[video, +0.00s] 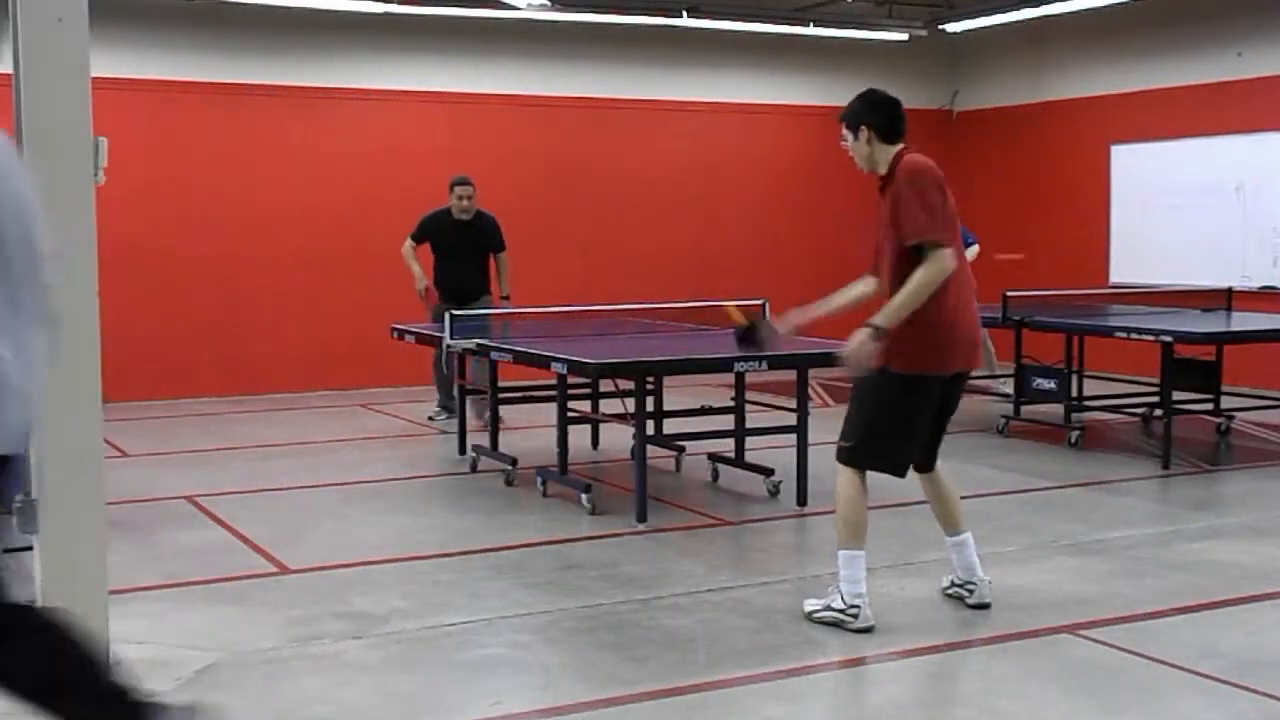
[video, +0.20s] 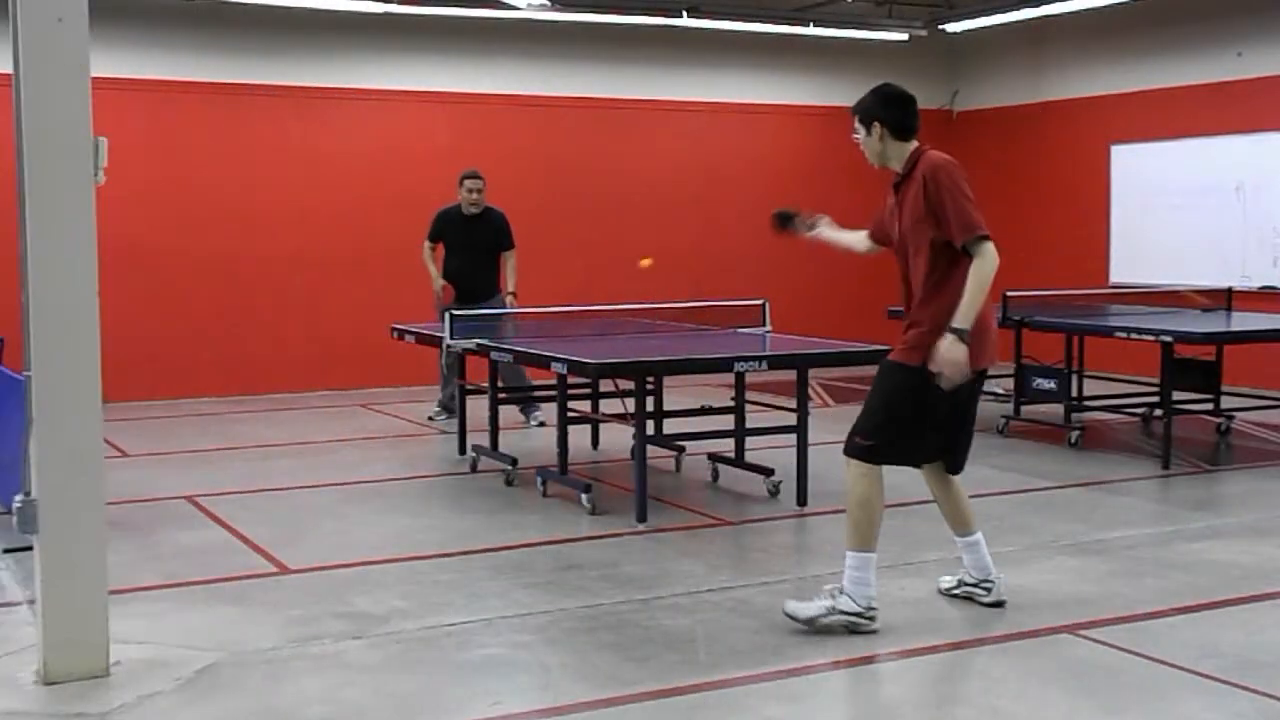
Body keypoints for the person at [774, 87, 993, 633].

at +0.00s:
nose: (849, 152)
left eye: (849, 141)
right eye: (846, 142)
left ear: (867, 134)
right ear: (885, 132)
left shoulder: (912, 172)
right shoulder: (900, 183)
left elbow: (943, 259)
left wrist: (877, 329)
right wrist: (804, 315)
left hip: (911, 351)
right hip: (951, 349)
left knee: (850, 461)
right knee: (923, 460)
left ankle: (850, 599)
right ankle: (972, 579)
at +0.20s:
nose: (860, 145)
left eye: (860, 134)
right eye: (858, 135)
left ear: (879, 130)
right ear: (895, 128)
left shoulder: (938, 171)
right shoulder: (902, 186)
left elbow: (986, 255)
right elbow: (871, 241)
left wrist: (957, 334)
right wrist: (820, 229)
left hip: (926, 347)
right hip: (946, 346)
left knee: (862, 455)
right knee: (933, 460)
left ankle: (857, 597)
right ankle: (981, 576)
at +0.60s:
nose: (876, 139)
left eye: (875, 129)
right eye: (876, 129)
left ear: (887, 130)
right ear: (934, 128)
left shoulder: (905, 179)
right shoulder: (966, 183)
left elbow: (905, 274)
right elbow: (994, 279)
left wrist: (851, 360)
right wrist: (937, 330)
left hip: (916, 372)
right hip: (970, 371)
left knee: (871, 501)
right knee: (953, 471)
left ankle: (932, 640)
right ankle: (989, 589)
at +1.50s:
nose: (1008, 172)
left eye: (1009, 164)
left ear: (1012, 167)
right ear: (1065, 170)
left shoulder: (981, 212)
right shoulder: (1085, 226)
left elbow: (941, 302)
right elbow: (1104, 330)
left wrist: (947, 321)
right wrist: (1113, 411)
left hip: (982, 380)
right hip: (1055, 385)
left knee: (934, 501)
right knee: (1053, 473)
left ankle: (901, 648)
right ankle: (1070, 599)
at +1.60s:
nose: (1021, 163)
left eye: (1021, 154)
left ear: (1027, 158)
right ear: (1079, 164)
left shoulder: (1004, 199)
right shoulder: (1099, 216)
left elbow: (962, 289)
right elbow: (1106, 306)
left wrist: (949, 332)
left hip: (1005, 363)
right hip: (1074, 370)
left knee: (952, 490)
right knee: (1055, 469)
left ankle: (915, 641)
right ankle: (1071, 599)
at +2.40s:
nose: (1060, 132)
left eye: (1061, 123)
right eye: (1064, 122)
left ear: (1072, 127)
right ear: (1126, 128)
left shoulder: (1061, 188)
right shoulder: (1166, 192)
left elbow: (1032, 291)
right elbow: (1182, 291)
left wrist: (993, 358)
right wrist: (1137, 336)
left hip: (1081, 384)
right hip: (1157, 383)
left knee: (1022, 524)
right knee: (1125, 491)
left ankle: (1078, 672)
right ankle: (1128, 614)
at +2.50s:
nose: (1078, 115)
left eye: (1080, 107)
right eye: (1082, 105)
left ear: (1092, 112)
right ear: (1147, 113)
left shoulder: (1081, 169)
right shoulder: (1184, 176)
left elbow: (1065, 270)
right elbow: (1189, 283)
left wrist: (1010, 352)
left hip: (1100, 374)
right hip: (1178, 375)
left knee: (1029, 511)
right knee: (1159, 491)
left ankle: (1077, 672)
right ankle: (1194, 638)